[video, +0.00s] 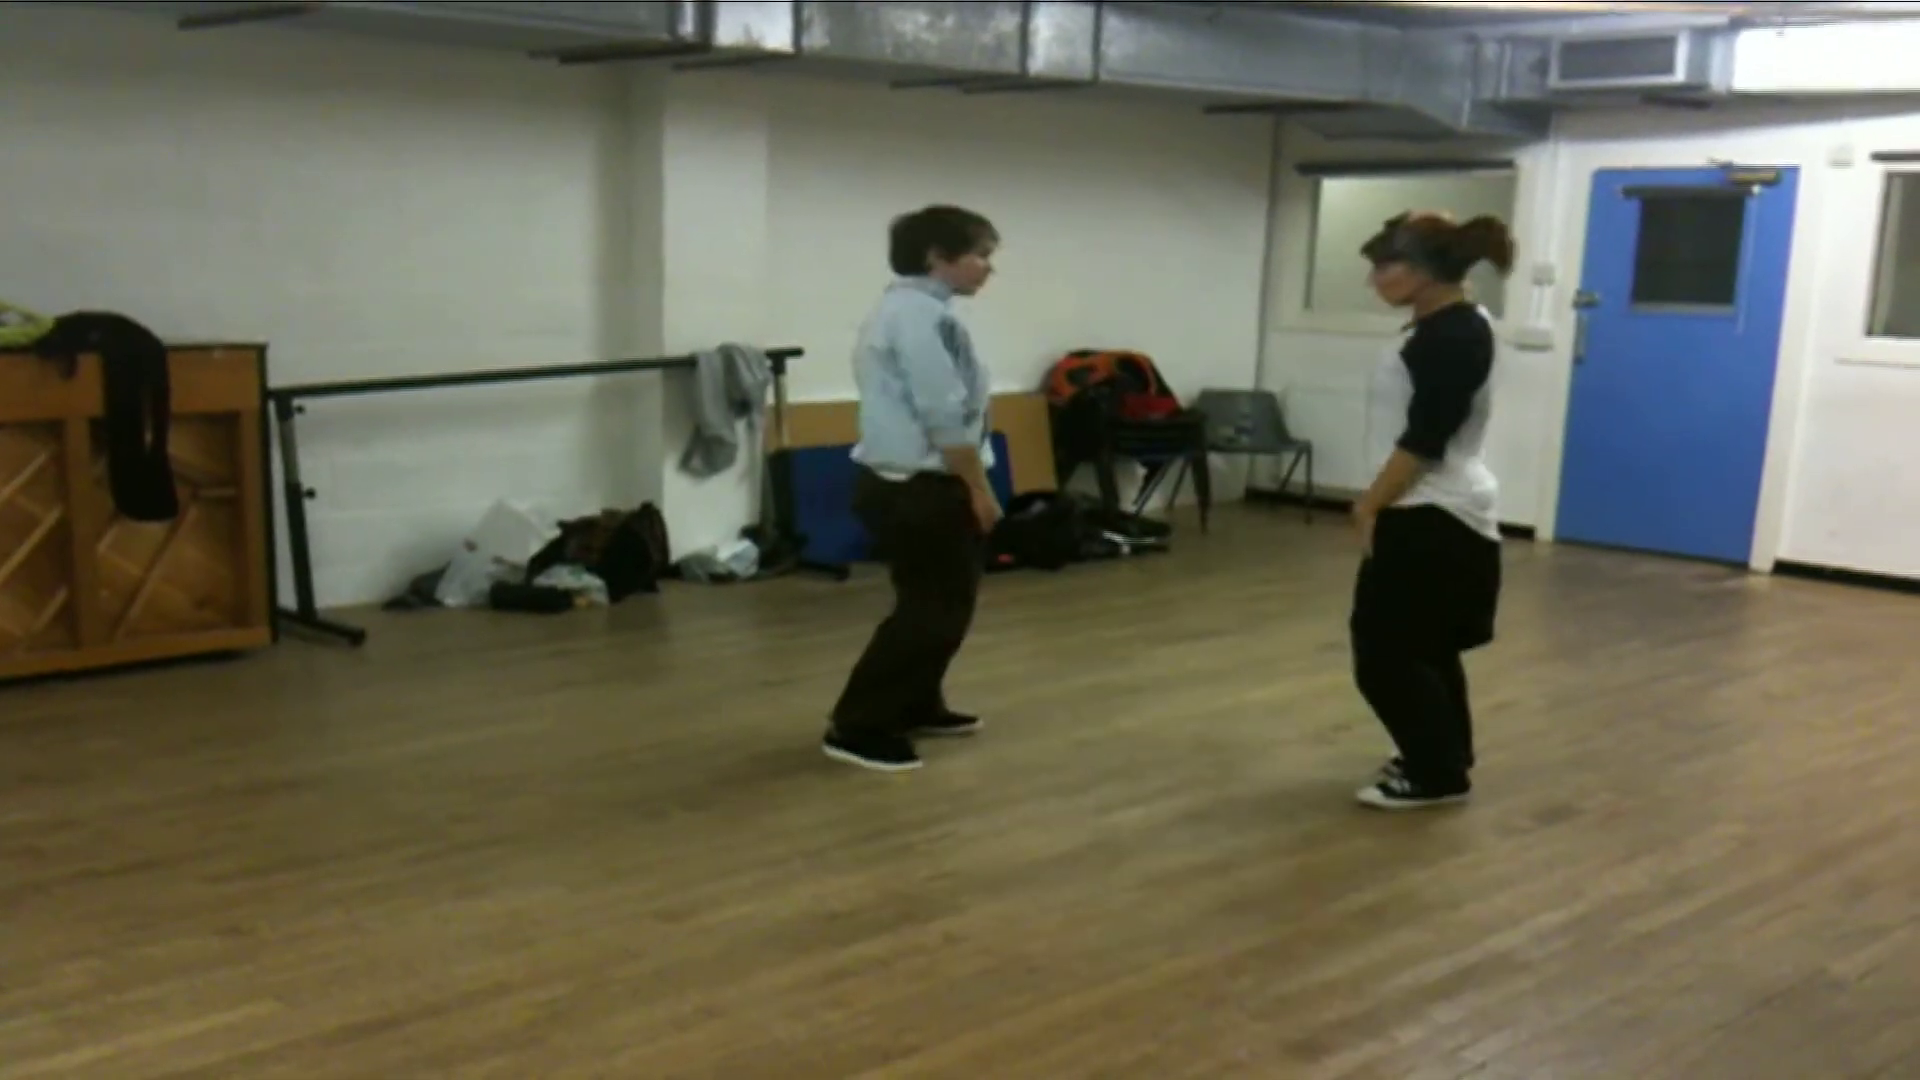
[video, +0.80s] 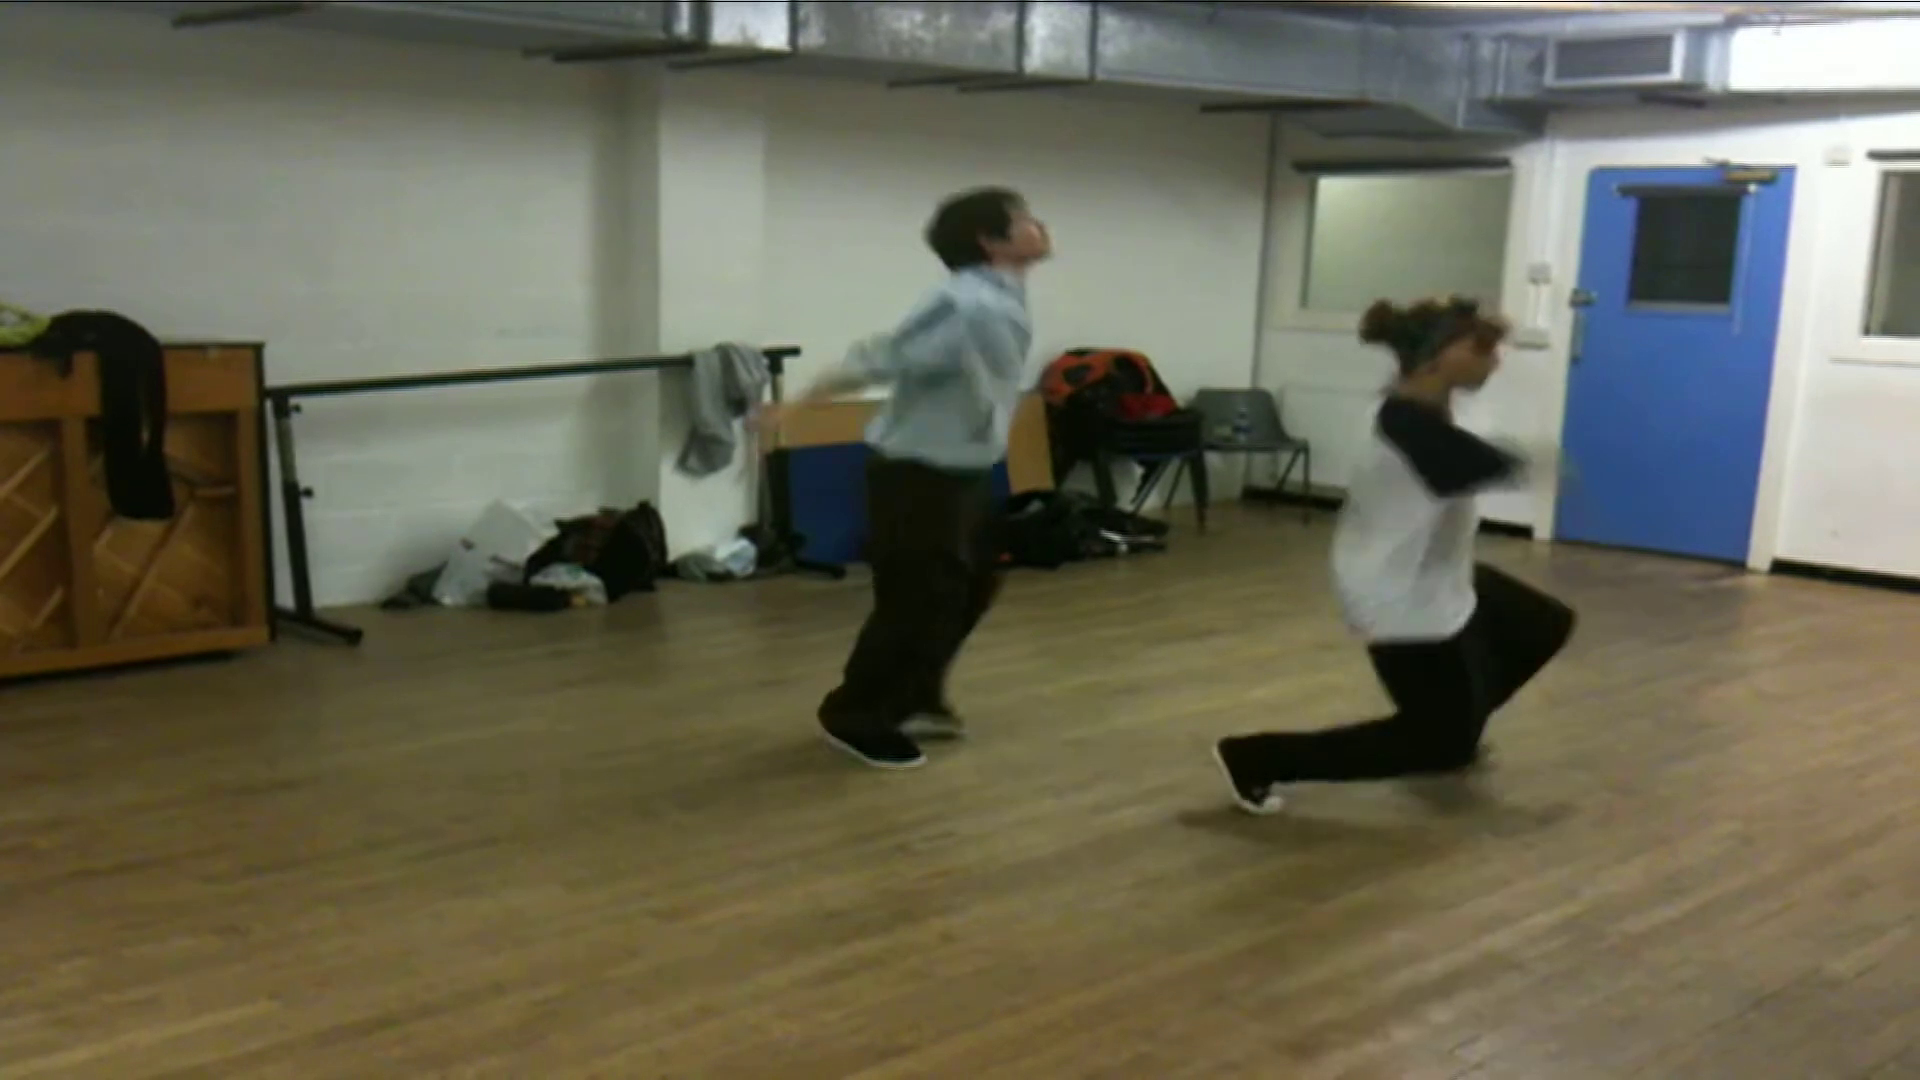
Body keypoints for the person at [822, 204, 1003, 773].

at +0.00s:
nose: (989, 267)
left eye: (989, 256)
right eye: (980, 256)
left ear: (936, 260)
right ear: (939, 258)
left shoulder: (912, 309)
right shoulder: (916, 316)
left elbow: (937, 412)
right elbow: (945, 418)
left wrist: (970, 479)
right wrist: (978, 487)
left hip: (925, 479)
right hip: (912, 484)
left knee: (947, 601)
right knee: (932, 606)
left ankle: (919, 702)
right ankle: (858, 727)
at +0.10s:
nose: (1010, 281)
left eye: (1009, 269)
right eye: (1001, 270)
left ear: (960, 273)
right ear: (959, 272)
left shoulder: (948, 326)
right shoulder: (911, 333)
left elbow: (964, 424)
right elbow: (929, 441)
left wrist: (980, 485)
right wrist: (969, 488)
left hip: (934, 486)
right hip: (895, 488)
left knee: (971, 584)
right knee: (944, 593)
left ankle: (934, 700)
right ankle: (860, 722)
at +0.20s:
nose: (1046, 338)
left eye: (1044, 326)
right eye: (1036, 328)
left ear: (996, 334)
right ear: (996, 334)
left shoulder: (977, 370)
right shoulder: (915, 398)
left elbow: (954, 425)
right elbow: (867, 497)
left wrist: (960, 467)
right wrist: (932, 525)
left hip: (916, 491)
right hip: (856, 499)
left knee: (978, 577)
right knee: (934, 603)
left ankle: (934, 698)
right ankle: (860, 722)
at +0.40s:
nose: (1083, 424)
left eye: (1086, 414)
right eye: (1078, 413)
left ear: (1035, 409)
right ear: (1037, 410)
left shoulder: (1001, 436)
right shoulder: (936, 444)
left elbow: (965, 488)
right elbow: (831, 505)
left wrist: (956, 527)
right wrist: (912, 551)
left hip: (910, 520)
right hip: (842, 526)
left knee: (984, 597)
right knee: (924, 626)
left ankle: (931, 704)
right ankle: (860, 727)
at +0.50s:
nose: (1088, 336)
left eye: (1088, 323)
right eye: (1080, 322)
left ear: (1038, 325)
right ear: (1036, 325)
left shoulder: (1025, 374)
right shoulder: (955, 379)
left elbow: (982, 447)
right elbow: (884, 472)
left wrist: (968, 506)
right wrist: (931, 517)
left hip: (912, 484)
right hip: (852, 480)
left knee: (965, 580)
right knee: (913, 599)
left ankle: (935, 701)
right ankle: (861, 722)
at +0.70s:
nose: (1064, 259)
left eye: (1056, 250)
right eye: (1049, 255)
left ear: (1021, 281)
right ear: (1015, 279)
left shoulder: (1018, 337)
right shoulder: (967, 338)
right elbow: (889, 417)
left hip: (940, 494)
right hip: (896, 490)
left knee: (946, 596)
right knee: (896, 606)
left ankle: (897, 701)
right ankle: (857, 720)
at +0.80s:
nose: (1038, 226)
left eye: (1030, 217)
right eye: (1023, 220)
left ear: (994, 243)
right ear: (990, 242)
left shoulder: (1007, 301)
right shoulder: (965, 303)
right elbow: (880, 356)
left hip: (962, 474)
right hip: (915, 474)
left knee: (968, 586)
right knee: (916, 596)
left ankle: (916, 693)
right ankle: (857, 713)